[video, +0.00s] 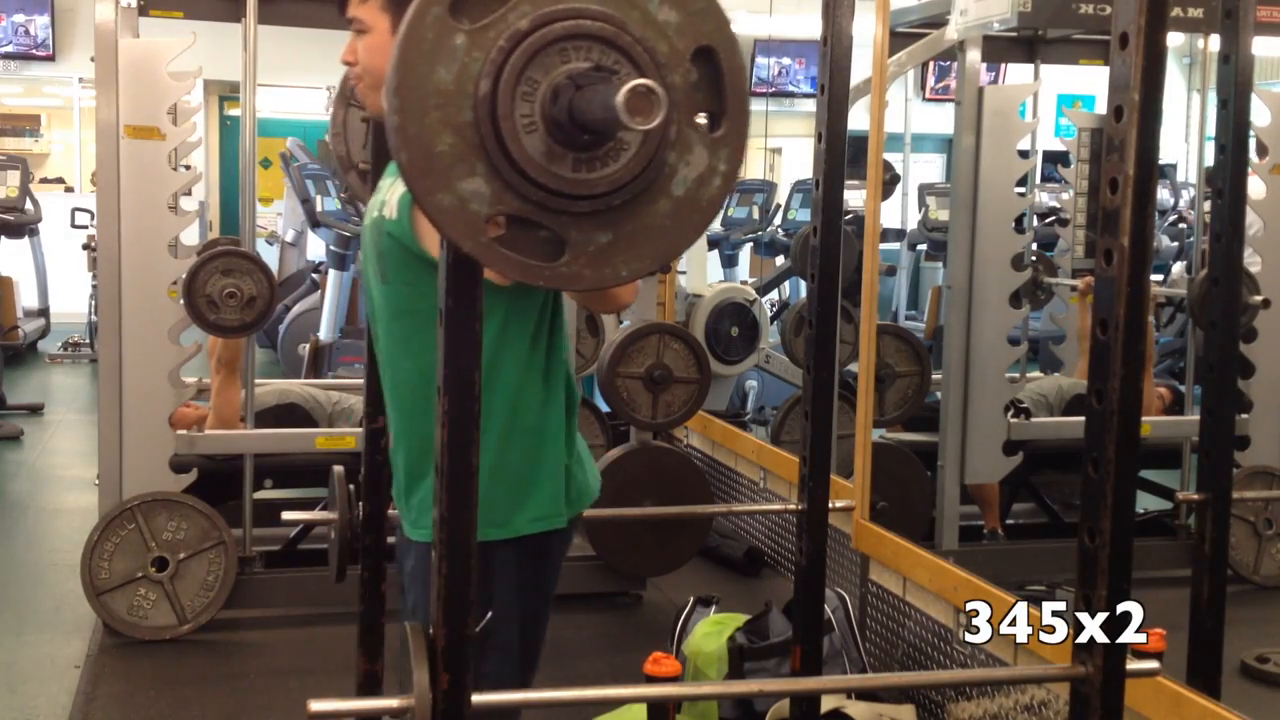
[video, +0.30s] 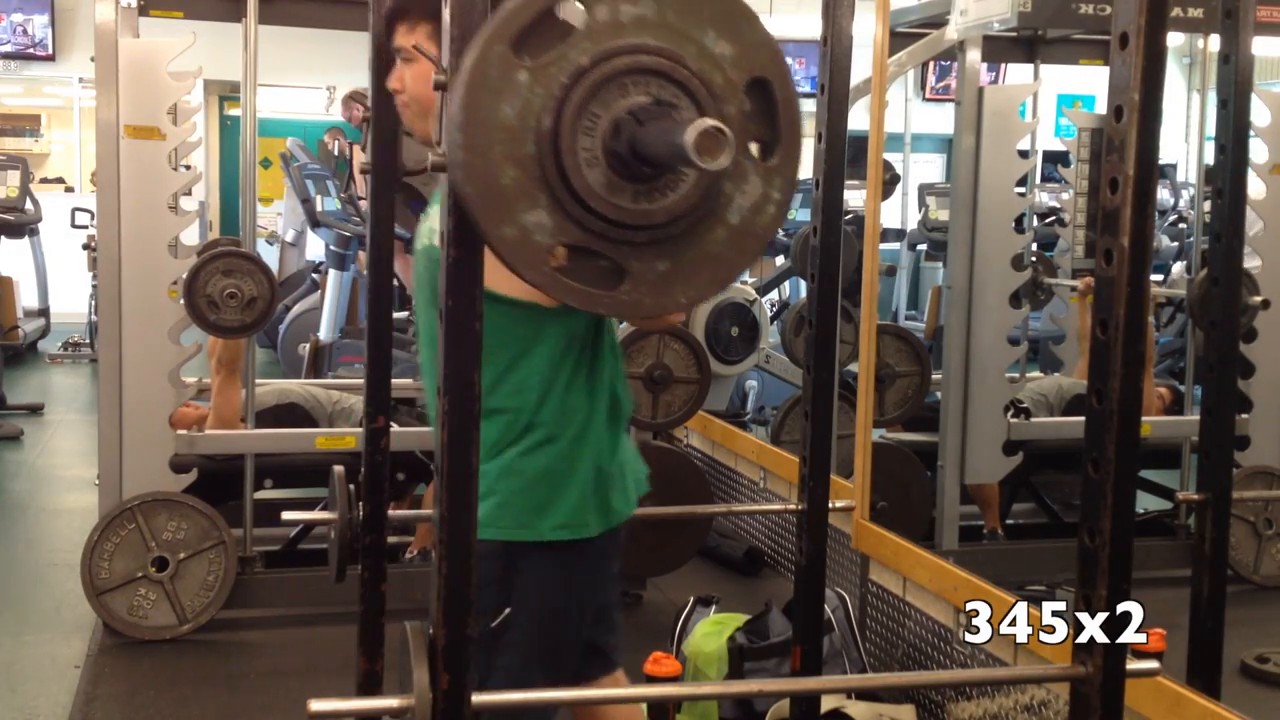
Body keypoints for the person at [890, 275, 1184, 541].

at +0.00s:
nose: (1155, 395)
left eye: (1161, 398)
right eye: (1157, 391)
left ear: (1161, 413)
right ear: (1145, 384)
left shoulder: (1134, 417)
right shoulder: (1098, 387)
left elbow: (1144, 361)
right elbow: (1086, 341)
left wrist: (1143, 308)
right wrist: (1084, 297)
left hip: (1028, 412)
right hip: (1007, 399)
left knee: (979, 448)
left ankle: (992, 531)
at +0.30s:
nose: (1155, 394)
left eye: (1161, 398)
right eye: (1157, 390)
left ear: (1160, 413)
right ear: (1146, 384)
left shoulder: (1134, 417)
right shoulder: (1101, 389)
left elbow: (1144, 360)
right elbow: (1087, 344)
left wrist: (1144, 310)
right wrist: (1083, 298)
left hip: (1027, 412)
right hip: (1008, 398)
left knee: (979, 450)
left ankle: (992, 531)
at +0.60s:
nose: (1154, 394)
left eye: (1161, 398)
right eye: (1157, 391)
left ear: (1159, 414)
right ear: (1146, 386)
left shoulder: (1127, 415)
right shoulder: (1098, 389)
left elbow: (1144, 359)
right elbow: (1086, 343)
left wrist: (1144, 308)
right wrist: (1083, 298)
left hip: (1022, 412)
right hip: (1006, 396)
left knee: (978, 449)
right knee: (905, 415)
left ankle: (992, 531)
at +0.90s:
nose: (1153, 392)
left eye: (1160, 396)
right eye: (1157, 390)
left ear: (1160, 413)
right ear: (1145, 386)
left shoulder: (1130, 416)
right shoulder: (1098, 392)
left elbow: (1144, 363)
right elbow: (1086, 346)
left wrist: (1144, 311)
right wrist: (1083, 299)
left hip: (1023, 411)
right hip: (1007, 397)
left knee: (978, 449)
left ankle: (992, 531)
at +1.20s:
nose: (1154, 392)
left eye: (1161, 396)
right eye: (1157, 390)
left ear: (1161, 412)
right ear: (1146, 386)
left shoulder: (1133, 416)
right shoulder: (1100, 390)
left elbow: (1144, 364)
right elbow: (1086, 346)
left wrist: (1144, 311)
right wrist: (1084, 300)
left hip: (1024, 413)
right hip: (1007, 399)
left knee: (977, 448)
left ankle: (992, 530)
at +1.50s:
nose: (1155, 393)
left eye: (1161, 397)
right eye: (1157, 390)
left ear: (1161, 412)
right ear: (1146, 386)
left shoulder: (1132, 417)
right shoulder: (1100, 391)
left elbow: (1145, 365)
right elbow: (1085, 346)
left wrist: (1145, 311)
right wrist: (1083, 300)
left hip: (1023, 413)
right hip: (1007, 398)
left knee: (978, 449)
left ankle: (992, 530)